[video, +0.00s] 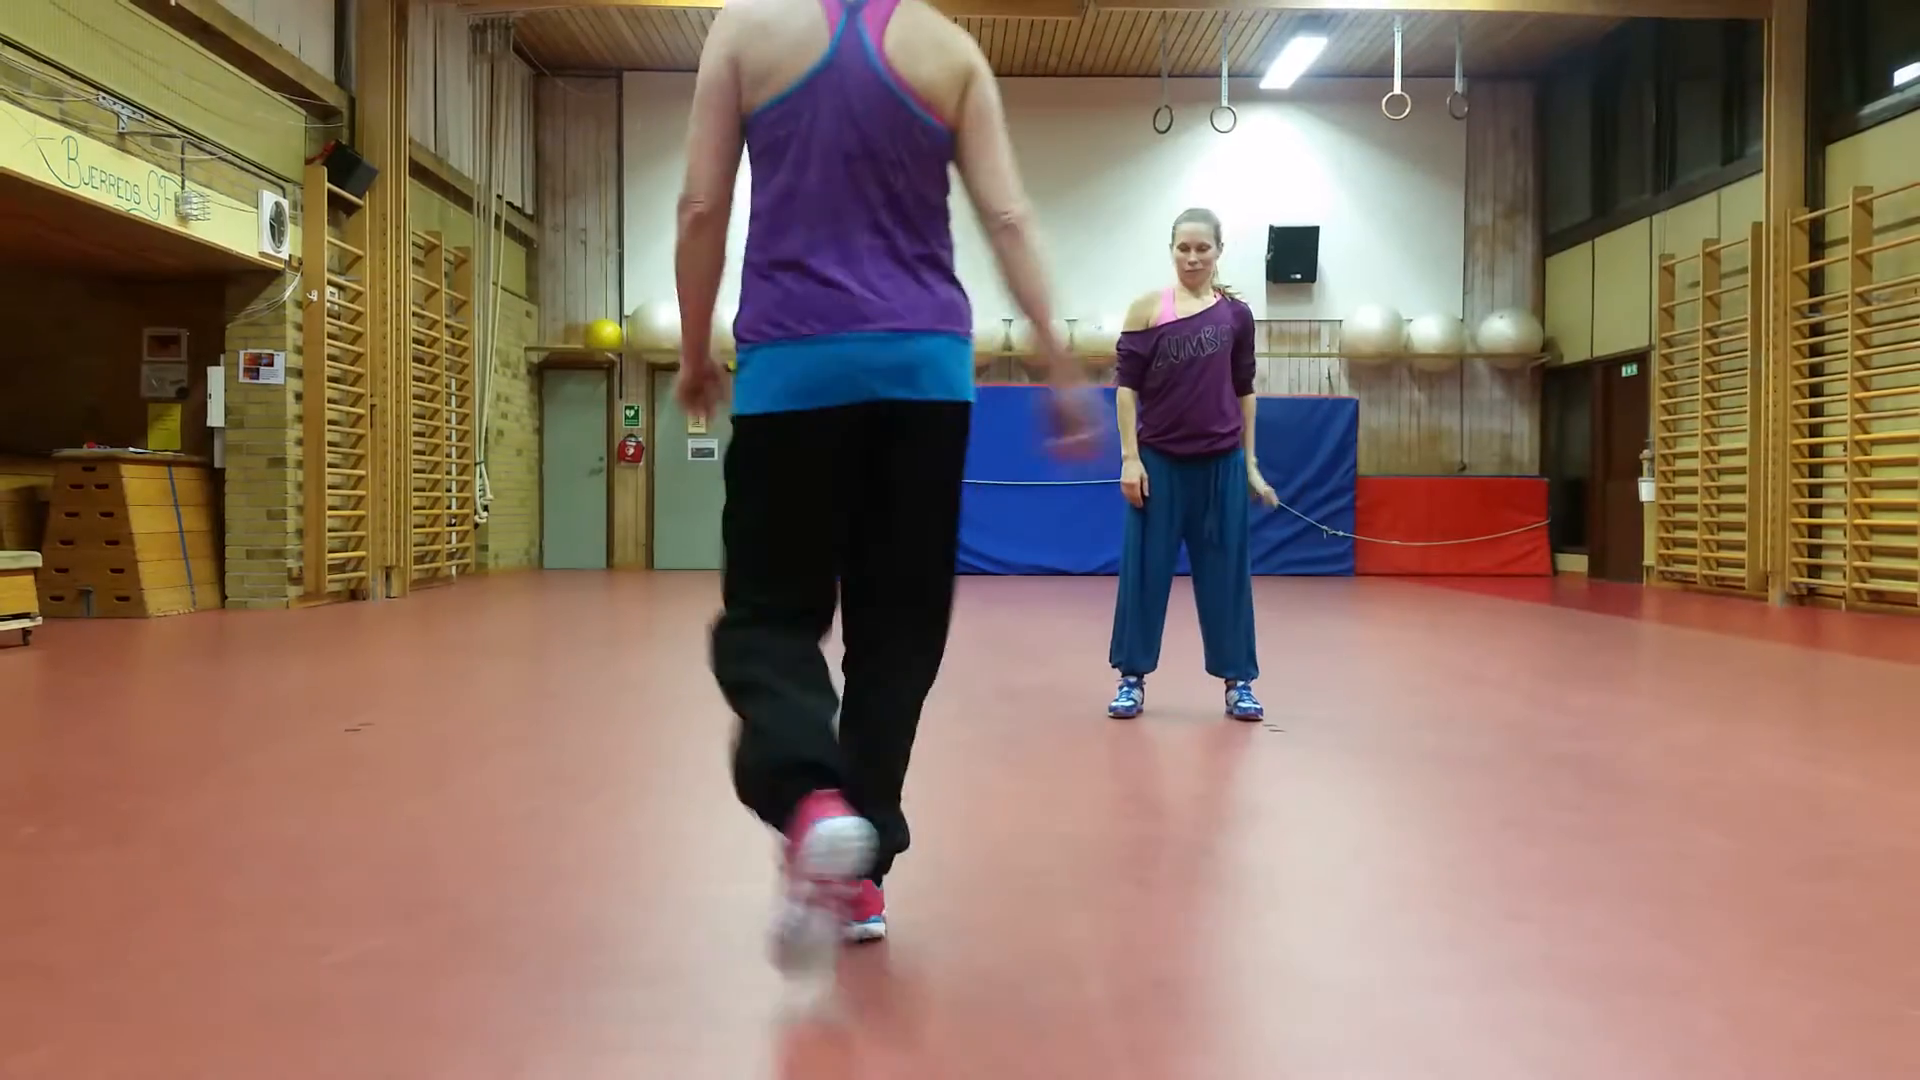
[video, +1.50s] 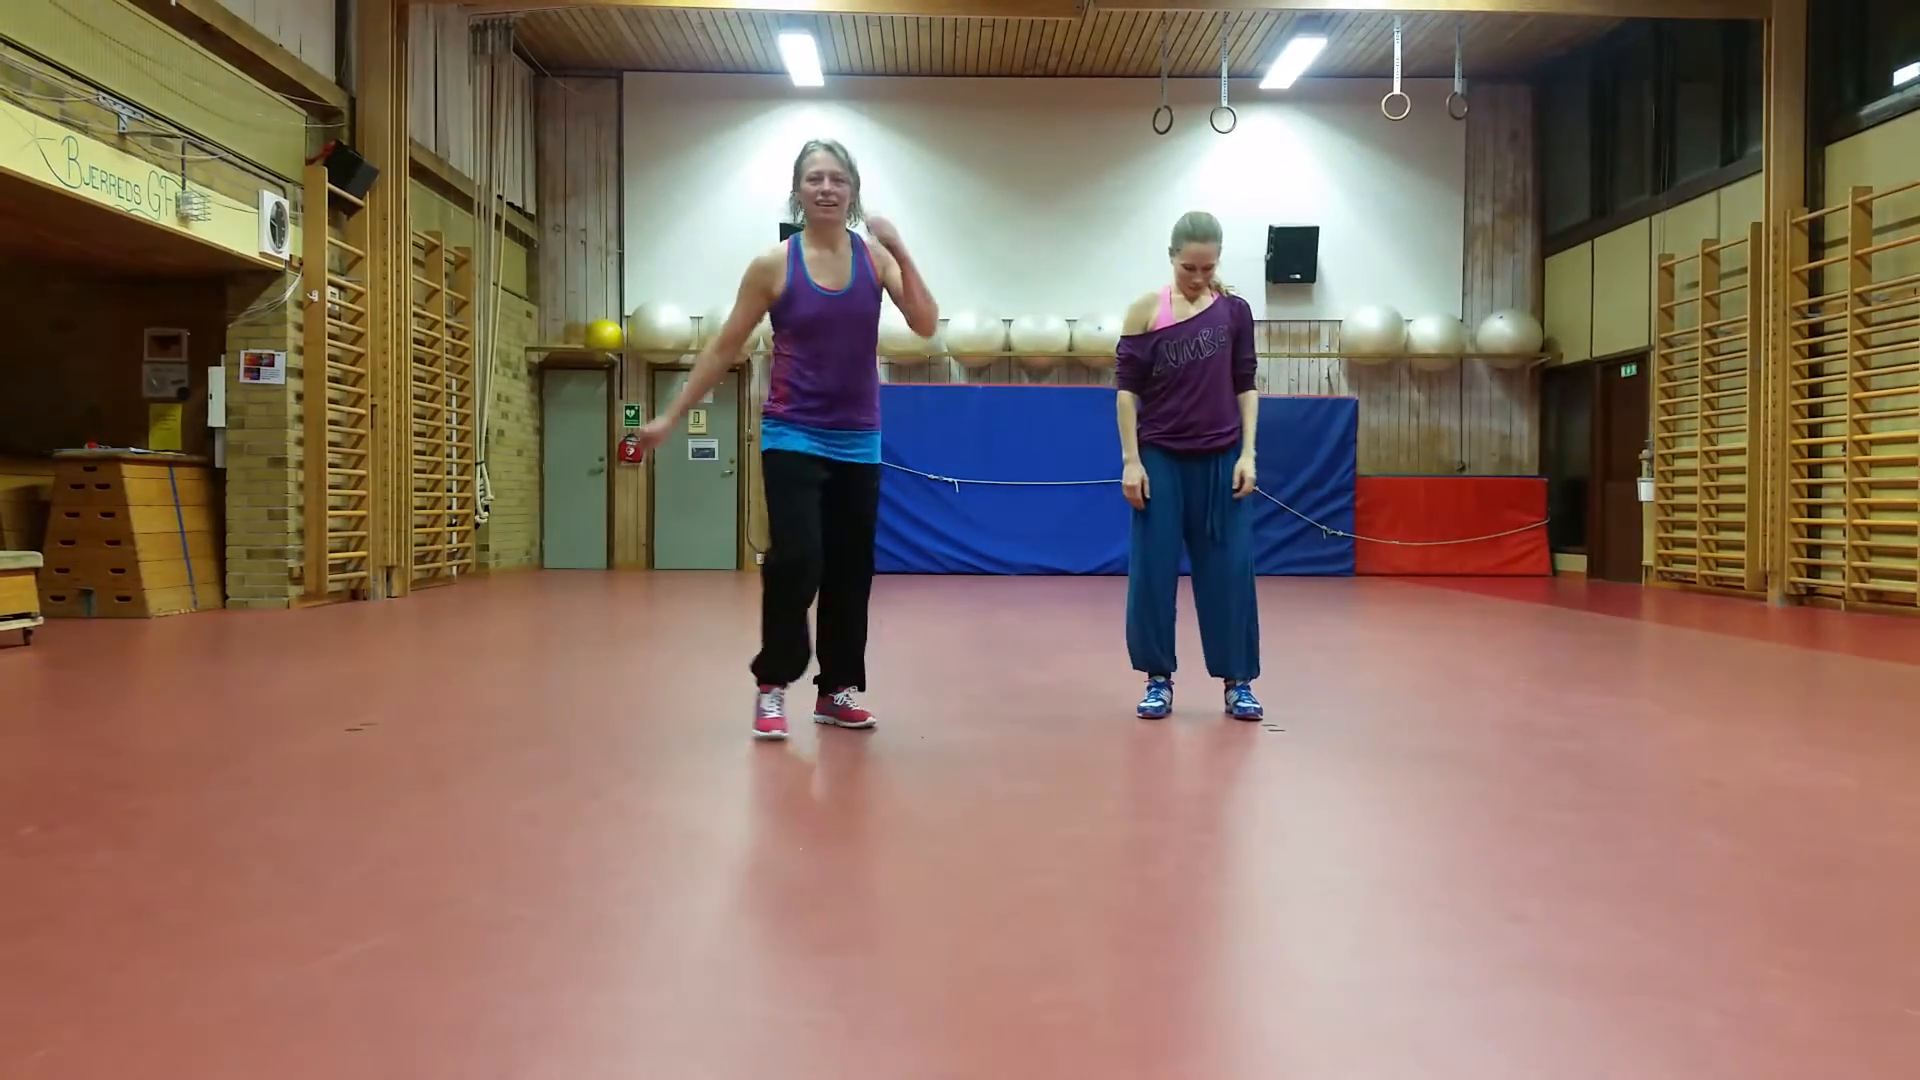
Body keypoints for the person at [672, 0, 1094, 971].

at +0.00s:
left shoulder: (745, 27)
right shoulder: (951, 45)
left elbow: (703, 207)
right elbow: (1006, 215)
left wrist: (696, 355)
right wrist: (1058, 364)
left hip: (794, 377)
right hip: (927, 377)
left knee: (769, 614)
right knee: (897, 634)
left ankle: (815, 806)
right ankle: (860, 876)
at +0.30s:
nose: (874, 78)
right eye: (871, 62)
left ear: (763, 64)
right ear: (855, 71)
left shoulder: (713, 144)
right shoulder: (887, 155)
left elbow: (688, 250)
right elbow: (938, 303)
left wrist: (650, 350)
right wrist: (876, 303)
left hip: (741, 419)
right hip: (851, 419)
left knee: (737, 597)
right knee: (857, 604)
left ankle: (721, 786)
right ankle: (854, 817)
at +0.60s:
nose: (856, 113)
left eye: (850, 100)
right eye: (853, 101)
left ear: (775, 105)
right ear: (843, 107)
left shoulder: (730, 181)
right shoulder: (870, 189)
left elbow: (700, 292)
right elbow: (892, 287)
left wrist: (722, 358)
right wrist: (927, 391)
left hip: (741, 419)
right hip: (840, 425)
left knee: (734, 591)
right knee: (841, 577)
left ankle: (723, 777)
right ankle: (826, 748)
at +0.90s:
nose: (881, 134)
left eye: (878, 123)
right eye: (868, 123)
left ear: (818, 138)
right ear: (827, 133)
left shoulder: (782, 207)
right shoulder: (851, 202)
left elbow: (801, 316)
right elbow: (875, 317)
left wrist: (892, 332)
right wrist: (932, 402)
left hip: (781, 412)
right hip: (843, 413)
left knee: (813, 556)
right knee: (857, 570)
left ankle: (758, 676)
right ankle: (833, 728)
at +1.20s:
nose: (854, 197)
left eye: (864, 189)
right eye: (841, 187)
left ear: (876, 205)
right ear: (818, 200)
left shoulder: (876, 279)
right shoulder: (794, 270)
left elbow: (862, 363)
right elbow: (789, 368)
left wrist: (904, 382)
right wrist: (872, 342)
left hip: (868, 447)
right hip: (809, 445)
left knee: (865, 566)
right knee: (849, 559)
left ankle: (834, 695)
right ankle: (813, 717)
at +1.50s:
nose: (826, 188)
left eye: (837, 179)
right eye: (814, 179)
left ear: (854, 191)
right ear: (797, 191)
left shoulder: (874, 258)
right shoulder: (772, 265)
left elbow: (926, 323)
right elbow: (724, 350)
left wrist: (901, 249)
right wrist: (668, 419)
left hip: (858, 437)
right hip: (792, 434)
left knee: (851, 569)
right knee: (797, 561)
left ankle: (838, 690)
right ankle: (773, 685)